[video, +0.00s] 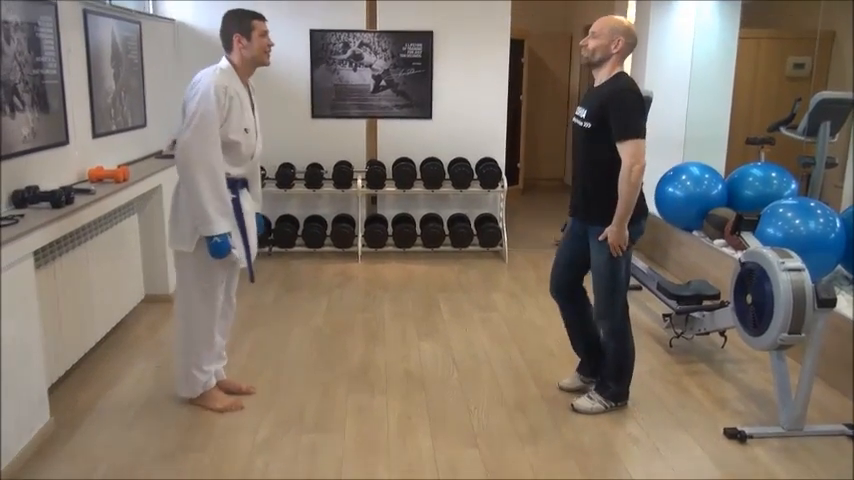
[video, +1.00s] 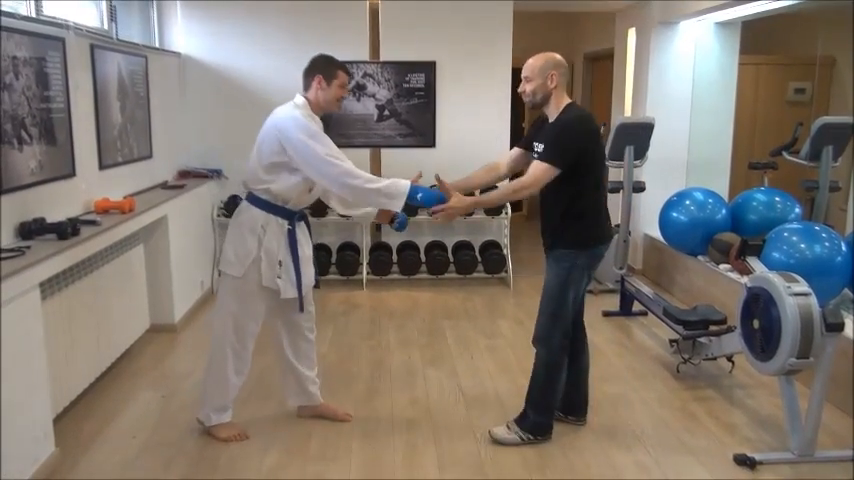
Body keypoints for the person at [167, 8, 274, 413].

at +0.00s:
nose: (271, 42)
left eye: (269, 35)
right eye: (264, 36)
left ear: (244, 42)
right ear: (240, 41)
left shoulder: (243, 87)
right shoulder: (211, 86)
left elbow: (244, 158)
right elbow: (197, 158)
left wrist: (254, 209)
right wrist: (214, 227)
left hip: (233, 202)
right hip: (207, 204)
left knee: (224, 295)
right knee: (203, 297)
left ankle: (214, 372)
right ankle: (197, 386)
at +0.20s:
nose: (263, 69)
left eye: (262, 61)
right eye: (256, 62)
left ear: (236, 69)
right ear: (231, 68)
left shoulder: (241, 114)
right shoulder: (207, 113)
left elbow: (251, 184)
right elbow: (203, 186)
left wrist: (266, 233)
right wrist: (228, 252)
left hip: (247, 226)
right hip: (216, 228)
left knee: (251, 312)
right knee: (212, 321)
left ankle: (221, 396)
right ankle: (198, 414)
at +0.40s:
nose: (268, 83)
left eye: (268, 76)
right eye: (263, 75)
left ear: (245, 77)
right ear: (237, 76)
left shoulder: (251, 123)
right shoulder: (210, 121)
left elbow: (267, 189)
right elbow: (222, 195)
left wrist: (287, 237)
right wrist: (268, 244)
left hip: (255, 235)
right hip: (220, 239)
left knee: (279, 315)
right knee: (216, 335)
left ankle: (274, 403)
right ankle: (204, 425)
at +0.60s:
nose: (288, 93)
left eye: (290, 86)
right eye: (284, 85)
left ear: (265, 84)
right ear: (259, 81)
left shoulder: (271, 129)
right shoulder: (228, 125)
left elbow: (294, 188)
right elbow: (264, 186)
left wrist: (334, 224)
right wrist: (329, 206)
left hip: (269, 238)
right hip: (232, 238)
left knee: (288, 323)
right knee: (220, 335)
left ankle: (312, 403)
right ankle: (206, 424)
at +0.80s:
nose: (322, 95)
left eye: (323, 88)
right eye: (318, 86)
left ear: (297, 83)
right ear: (294, 81)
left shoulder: (290, 124)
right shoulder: (263, 121)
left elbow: (315, 182)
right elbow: (311, 175)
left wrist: (366, 210)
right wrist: (378, 192)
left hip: (283, 231)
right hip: (248, 230)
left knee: (295, 317)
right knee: (232, 326)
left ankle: (309, 402)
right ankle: (211, 418)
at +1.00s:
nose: (344, 97)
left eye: (346, 90)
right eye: (341, 88)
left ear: (319, 86)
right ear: (318, 83)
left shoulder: (309, 125)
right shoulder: (291, 121)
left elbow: (334, 191)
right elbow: (341, 177)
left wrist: (379, 211)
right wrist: (410, 191)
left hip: (290, 230)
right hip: (257, 226)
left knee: (299, 316)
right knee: (238, 322)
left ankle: (309, 400)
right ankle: (214, 415)